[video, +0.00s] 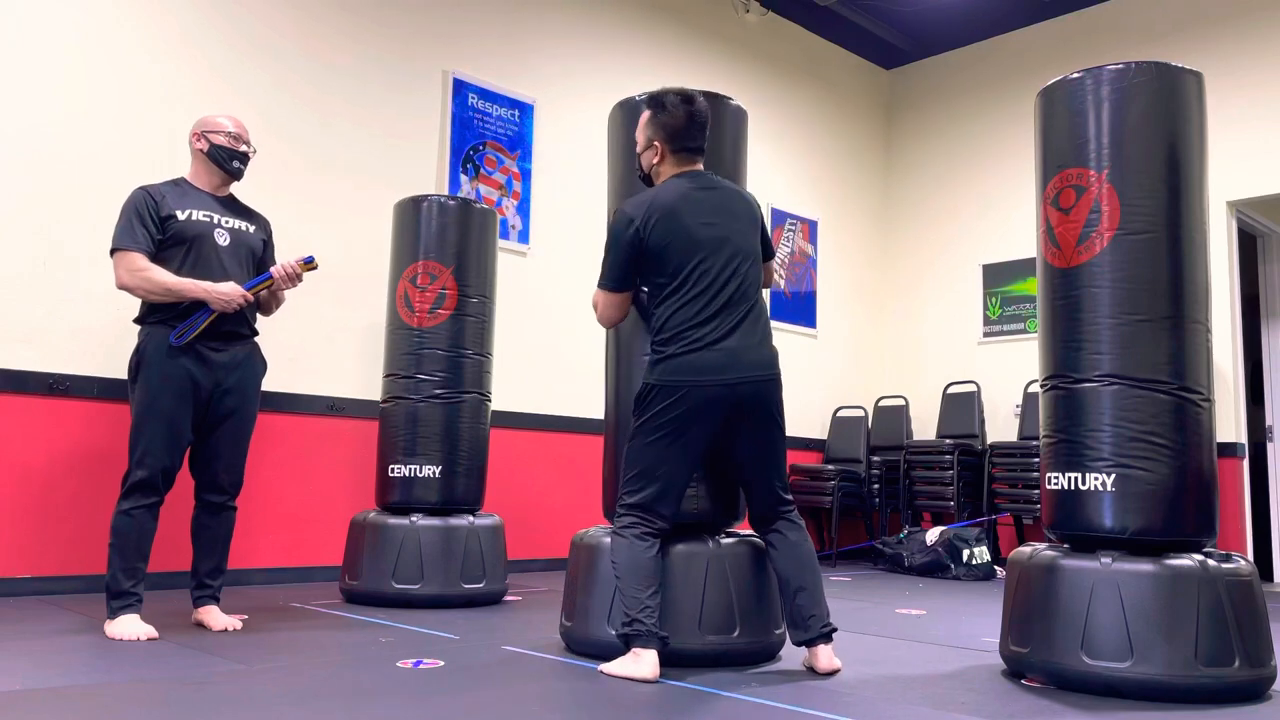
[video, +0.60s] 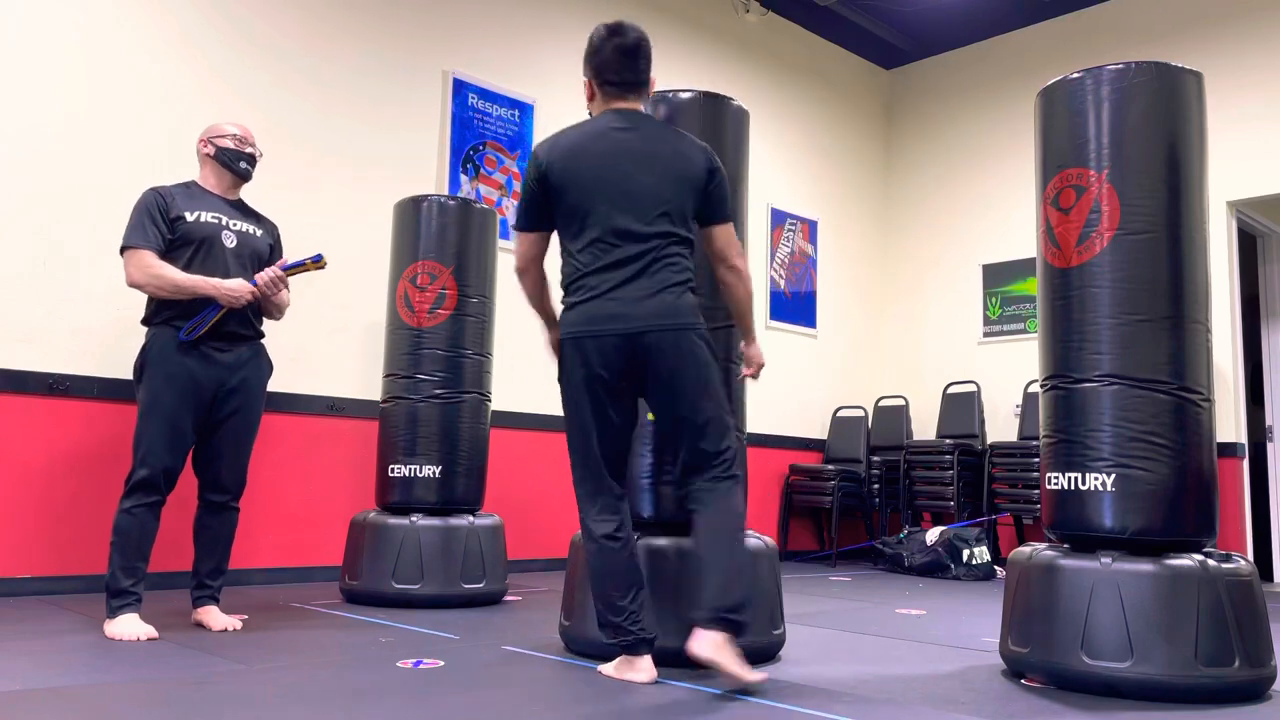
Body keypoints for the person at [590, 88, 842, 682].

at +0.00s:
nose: (638, 153)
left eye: (642, 144)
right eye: (639, 143)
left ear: (657, 148)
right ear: (698, 144)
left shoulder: (638, 213)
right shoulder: (743, 202)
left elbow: (609, 312)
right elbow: (762, 279)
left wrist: (643, 276)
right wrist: (703, 273)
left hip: (681, 381)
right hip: (757, 377)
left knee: (641, 519)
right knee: (776, 508)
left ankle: (642, 651)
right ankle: (820, 644)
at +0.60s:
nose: (594, 88)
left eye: (587, 81)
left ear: (588, 85)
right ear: (652, 85)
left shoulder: (554, 154)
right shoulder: (691, 152)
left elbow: (528, 263)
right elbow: (729, 259)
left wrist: (552, 325)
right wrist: (751, 336)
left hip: (592, 333)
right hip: (676, 330)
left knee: (602, 495)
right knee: (714, 470)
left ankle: (633, 653)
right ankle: (714, 626)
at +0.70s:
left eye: (584, 73)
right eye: (637, 72)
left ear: (574, 77)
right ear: (641, 78)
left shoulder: (538, 149)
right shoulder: (680, 146)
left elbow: (510, 258)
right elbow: (710, 253)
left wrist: (507, 342)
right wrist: (730, 341)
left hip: (571, 330)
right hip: (655, 327)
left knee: (598, 486)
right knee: (682, 475)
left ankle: (625, 650)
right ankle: (621, 611)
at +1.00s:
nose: (596, 64)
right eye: (596, 54)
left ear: (523, 63)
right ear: (589, 54)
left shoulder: (479, 131)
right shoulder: (610, 117)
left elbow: (451, 237)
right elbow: (652, 231)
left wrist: (425, 330)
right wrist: (657, 326)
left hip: (496, 318)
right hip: (572, 310)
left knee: (533, 471)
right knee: (567, 487)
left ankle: (525, 626)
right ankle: (538, 678)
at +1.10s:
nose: (570, 48)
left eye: (563, 38)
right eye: (568, 38)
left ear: (499, 49)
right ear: (562, 40)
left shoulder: (460, 124)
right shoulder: (581, 99)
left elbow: (437, 235)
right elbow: (620, 203)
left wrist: (435, 330)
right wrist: (625, 285)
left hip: (471, 311)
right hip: (544, 307)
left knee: (485, 474)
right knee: (541, 490)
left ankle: (430, 626)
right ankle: (532, 680)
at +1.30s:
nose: (519, 60)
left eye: (516, 47)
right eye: (517, 47)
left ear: (448, 55)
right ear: (501, 48)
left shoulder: (416, 124)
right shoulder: (500, 105)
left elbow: (414, 237)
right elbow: (532, 199)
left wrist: (497, 280)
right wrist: (575, 224)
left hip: (407, 316)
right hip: (469, 313)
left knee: (379, 487)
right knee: (509, 488)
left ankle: (325, 656)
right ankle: (528, 678)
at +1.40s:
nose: (494, 60)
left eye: (493, 49)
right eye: (492, 48)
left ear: (424, 50)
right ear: (476, 46)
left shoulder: (395, 114)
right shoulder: (472, 101)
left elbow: (404, 214)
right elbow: (494, 205)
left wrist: (492, 226)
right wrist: (540, 199)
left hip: (376, 312)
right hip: (436, 314)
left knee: (355, 485)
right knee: (477, 485)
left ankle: (321, 656)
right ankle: (497, 671)